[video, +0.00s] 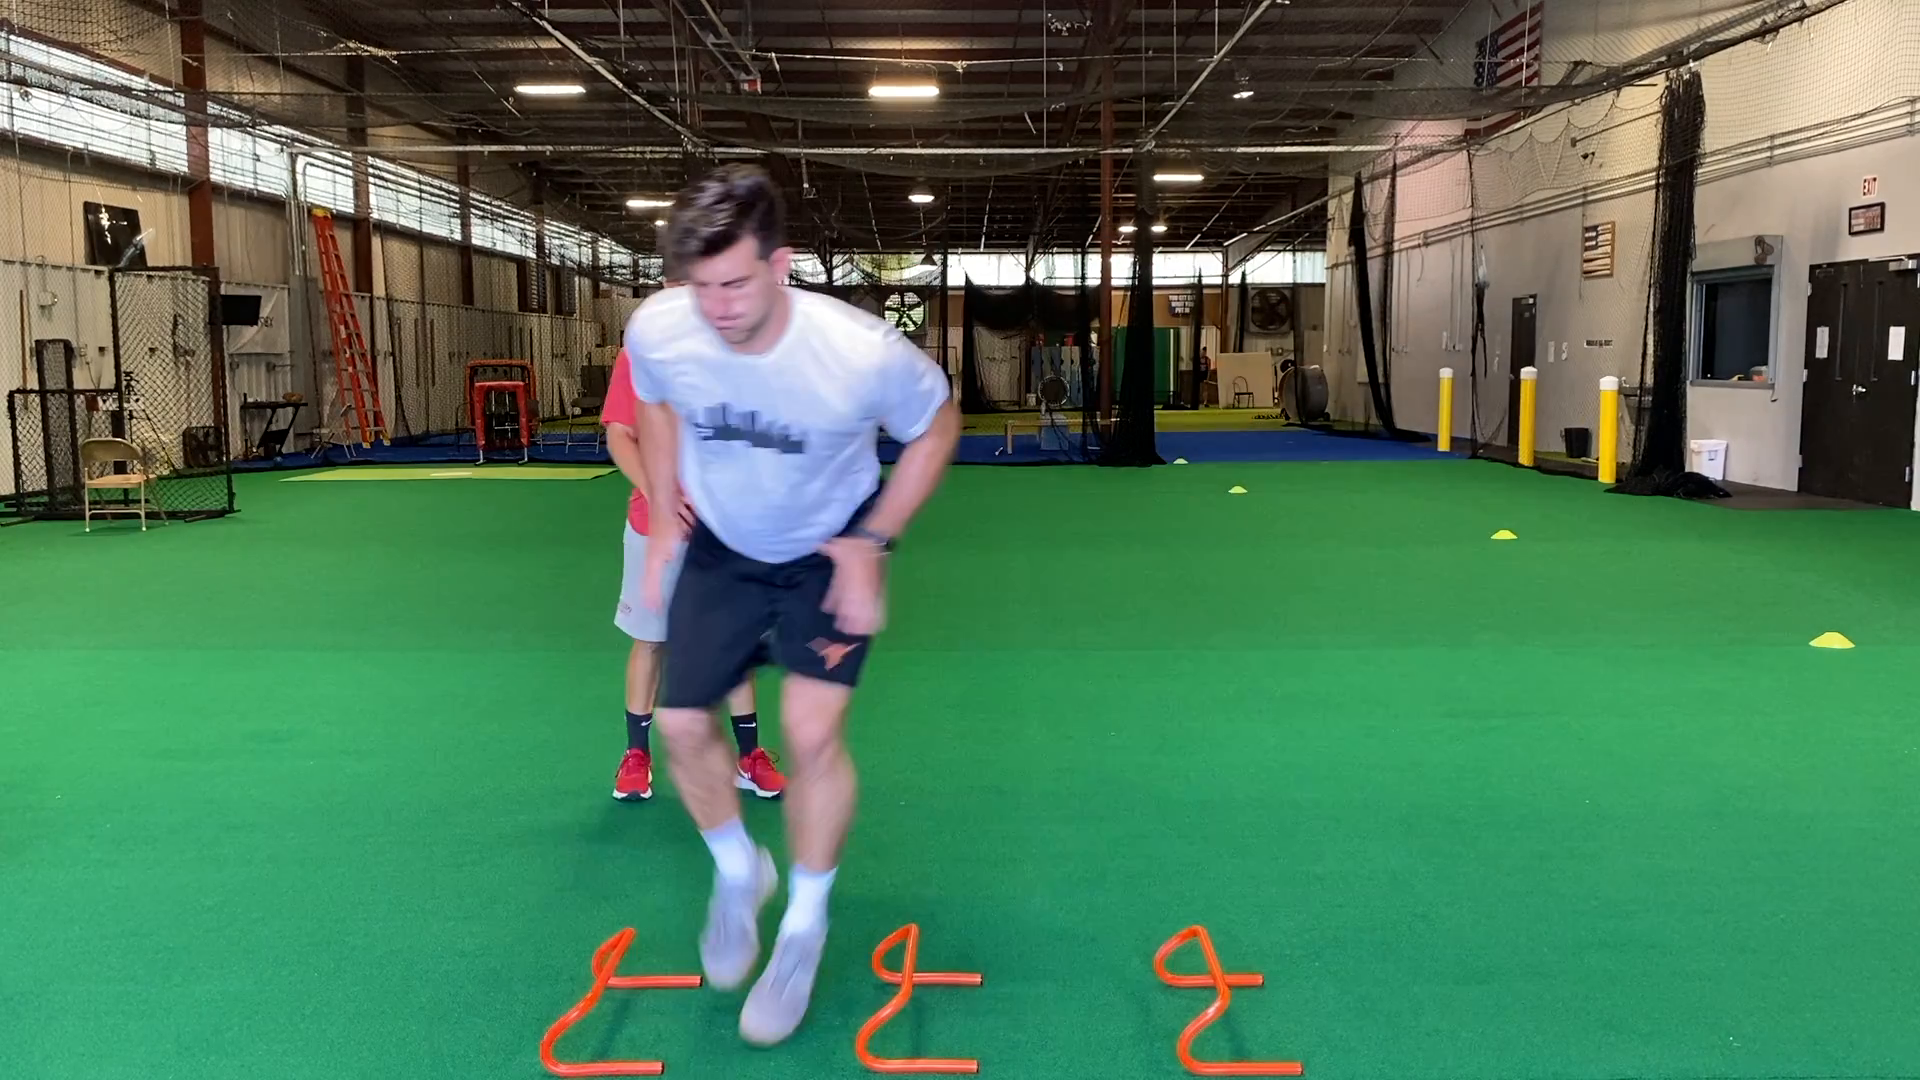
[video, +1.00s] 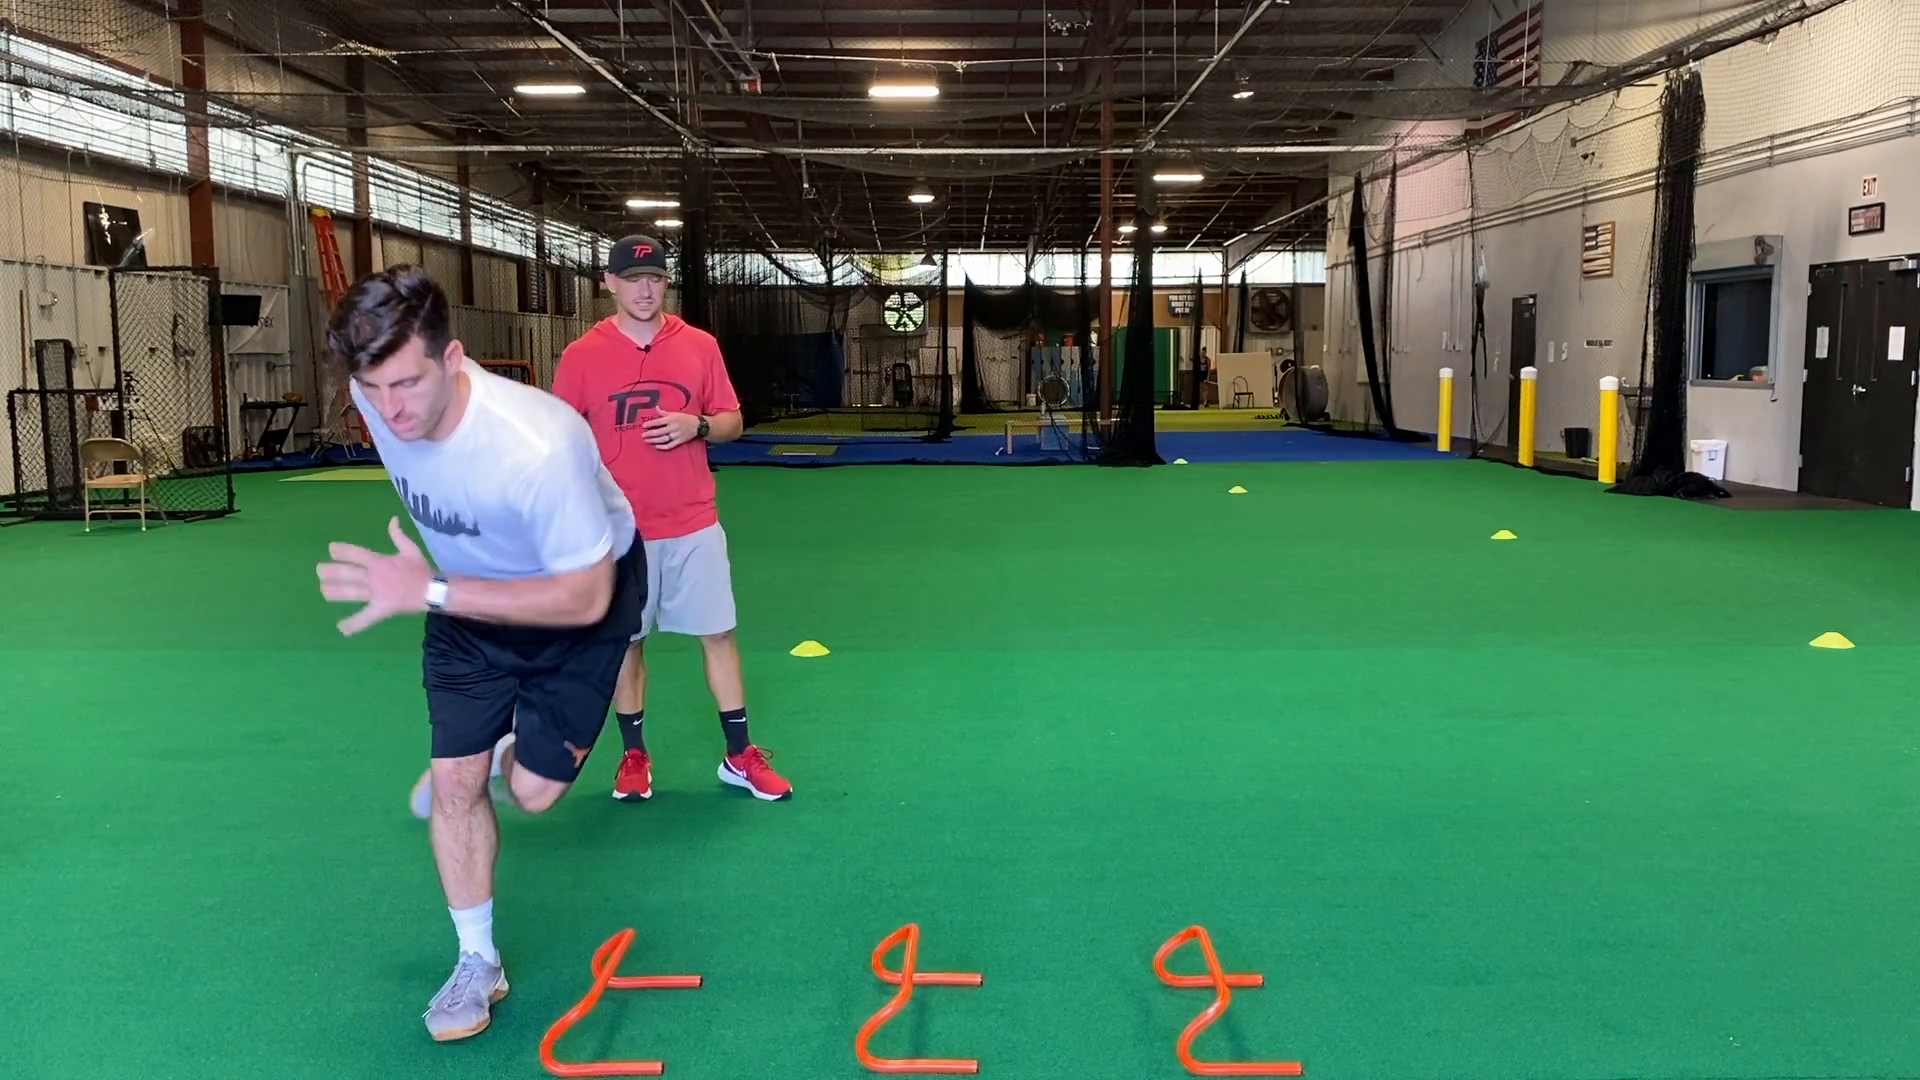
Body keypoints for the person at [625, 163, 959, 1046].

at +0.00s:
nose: (719, 304)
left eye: (737, 282)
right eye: (702, 285)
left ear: (783, 263)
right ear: (683, 276)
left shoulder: (860, 351)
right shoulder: (658, 333)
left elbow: (939, 423)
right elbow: (659, 403)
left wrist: (874, 540)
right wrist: (664, 507)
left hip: (826, 556)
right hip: (716, 551)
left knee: (810, 737)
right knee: (681, 722)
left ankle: (804, 928)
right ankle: (738, 870)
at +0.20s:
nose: (582, 324)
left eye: (599, 302)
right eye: (566, 305)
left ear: (647, 284)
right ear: (550, 297)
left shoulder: (730, 365)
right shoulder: (532, 346)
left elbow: (837, 434)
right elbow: (555, 418)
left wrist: (766, 555)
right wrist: (563, 521)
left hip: (726, 576)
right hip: (609, 569)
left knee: (724, 751)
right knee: (533, 733)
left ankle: (778, 940)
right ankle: (515, 892)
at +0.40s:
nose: (466, 370)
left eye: (483, 348)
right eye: (450, 351)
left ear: (533, 330)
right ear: (434, 344)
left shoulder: (623, 399)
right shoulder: (424, 411)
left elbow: (752, 421)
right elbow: (437, 495)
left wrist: (755, 556)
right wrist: (442, 571)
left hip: (641, 584)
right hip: (522, 606)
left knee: (603, 734)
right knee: (476, 798)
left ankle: (686, 790)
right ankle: (488, 964)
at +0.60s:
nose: (413, 380)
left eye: (427, 358)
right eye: (396, 362)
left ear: (472, 336)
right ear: (380, 352)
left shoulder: (571, 398)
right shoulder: (370, 411)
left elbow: (700, 435)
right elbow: (377, 487)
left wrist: (686, 568)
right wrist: (377, 575)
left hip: (592, 584)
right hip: (475, 612)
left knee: (586, 743)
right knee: (462, 796)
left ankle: (635, 769)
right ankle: (484, 962)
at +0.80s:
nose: (394, 377)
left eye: (410, 355)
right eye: (379, 359)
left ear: (453, 329)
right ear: (361, 348)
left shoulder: (556, 400)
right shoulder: (352, 392)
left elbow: (665, 492)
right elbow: (368, 465)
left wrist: (606, 624)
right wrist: (378, 569)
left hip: (573, 580)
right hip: (461, 596)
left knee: (572, 758)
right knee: (459, 779)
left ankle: (568, 776)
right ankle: (484, 962)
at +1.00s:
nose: (391, 406)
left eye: (407, 383)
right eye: (374, 388)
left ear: (455, 360)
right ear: (357, 380)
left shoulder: (542, 446)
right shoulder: (375, 405)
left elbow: (586, 600)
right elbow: (445, 495)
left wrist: (432, 591)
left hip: (586, 597)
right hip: (470, 588)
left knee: (537, 793)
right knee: (457, 775)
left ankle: (494, 750)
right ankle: (477, 960)